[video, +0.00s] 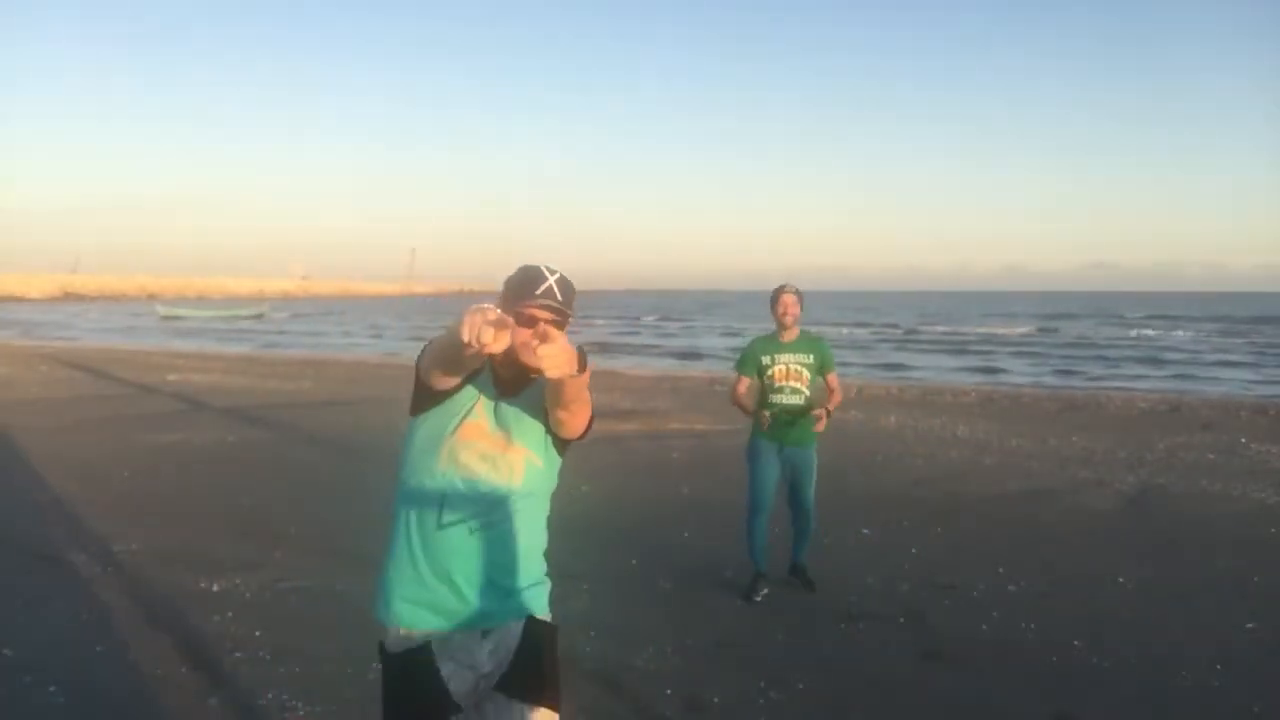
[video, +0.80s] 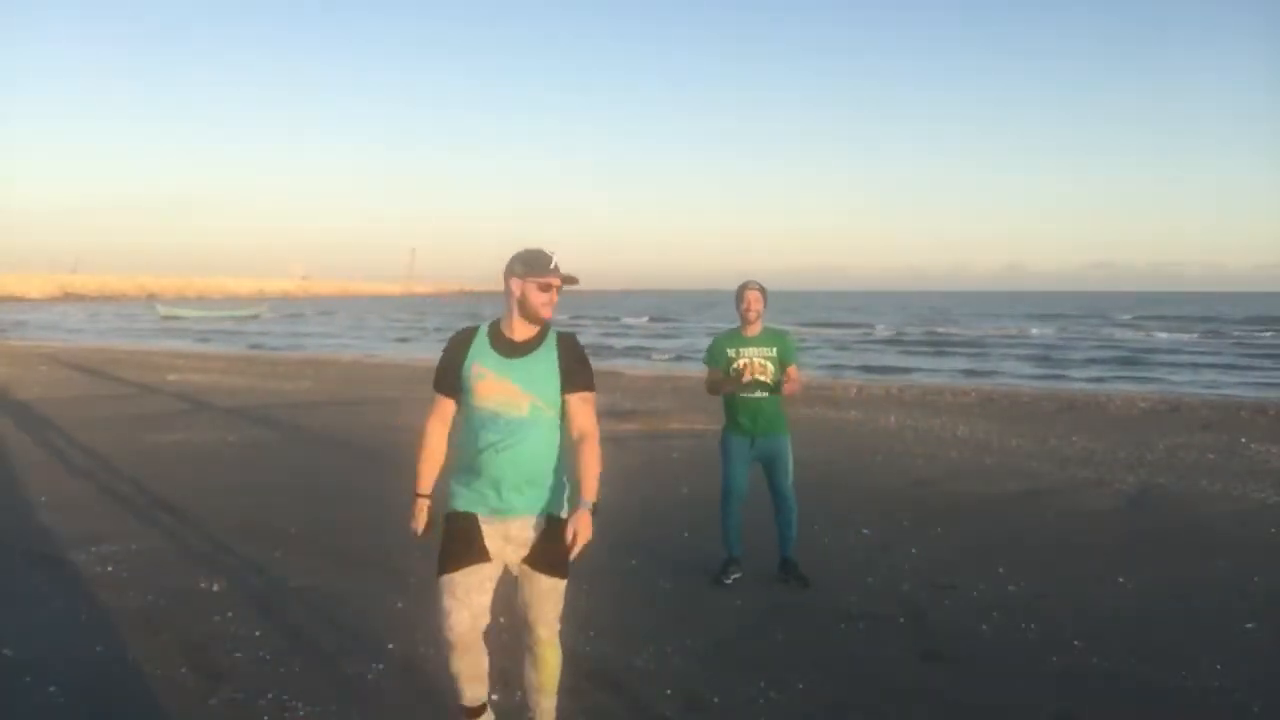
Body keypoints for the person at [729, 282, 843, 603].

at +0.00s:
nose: (786, 310)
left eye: (792, 305)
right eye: (781, 305)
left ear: (800, 310)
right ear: (773, 310)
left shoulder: (817, 348)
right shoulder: (758, 348)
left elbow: (835, 390)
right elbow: (739, 392)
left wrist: (826, 409)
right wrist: (755, 413)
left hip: (803, 437)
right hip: (767, 437)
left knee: (805, 506)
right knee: (761, 505)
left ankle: (798, 565)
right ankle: (759, 572)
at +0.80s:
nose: (749, 306)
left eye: (755, 301)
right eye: (744, 301)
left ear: (764, 306)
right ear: (737, 306)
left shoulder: (781, 340)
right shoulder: (722, 343)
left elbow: (795, 381)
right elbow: (712, 386)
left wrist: (786, 385)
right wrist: (735, 381)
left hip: (774, 430)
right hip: (737, 431)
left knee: (785, 494)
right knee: (733, 494)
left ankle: (788, 560)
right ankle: (732, 559)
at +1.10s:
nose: (751, 315)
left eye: (756, 309)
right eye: (746, 309)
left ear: (763, 311)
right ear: (736, 310)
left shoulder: (774, 342)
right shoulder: (718, 344)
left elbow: (781, 389)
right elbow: (709, 391)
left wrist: (767, 430)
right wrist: (724, 423)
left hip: (763, 431)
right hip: (729, 431)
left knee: (768, 498)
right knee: (727, 495)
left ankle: (769, 559)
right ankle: (731, 559)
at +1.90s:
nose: (768, 312)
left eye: (774, 307)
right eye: (764, 307)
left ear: (785, 311)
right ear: (759, 312)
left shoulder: (804, 347)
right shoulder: (748, 347)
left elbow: (825, 391)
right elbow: (730, 393)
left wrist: (808, 400)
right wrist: (742, 396)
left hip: (795, 436)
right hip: (759, 434)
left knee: (801, 505)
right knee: (743, 498)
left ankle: (799, 568)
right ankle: (734, 561)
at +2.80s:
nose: (751, 316)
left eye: (756, 310)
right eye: (746, 311)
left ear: (768, 315)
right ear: (740, 316)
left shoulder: (784, 350)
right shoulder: (728, 352)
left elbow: (803, 393)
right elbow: (723, 399)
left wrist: (820, 428)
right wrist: (722, 438)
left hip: (779, 440)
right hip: (742, 440)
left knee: (793, 503)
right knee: (726, 501)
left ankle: (799, 568)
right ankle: (714, 566)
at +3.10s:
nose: (724, 308)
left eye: (730, 302)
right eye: (720, 302)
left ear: (740, 307)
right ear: (713, 307)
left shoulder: (755, 343)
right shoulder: (698, 344)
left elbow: (776, 385)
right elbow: (679, 382)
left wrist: (777, 429)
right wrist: (674, 421)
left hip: (749, 436)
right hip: (711, 437)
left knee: (766, 499)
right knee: (707, 501)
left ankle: (777, 563)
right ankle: (710, 566)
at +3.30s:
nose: (720, 307)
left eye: (726, 302)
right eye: (715, 302)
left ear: (736, 305)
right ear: (709, 306)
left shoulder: (752, 338)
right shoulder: (694, 338)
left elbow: (762, 381)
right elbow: (679, 375)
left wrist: (747, 405)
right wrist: (679, 394)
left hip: (740, 428)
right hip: (705, 428)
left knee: (744, 499)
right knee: (705, 496)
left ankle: (741, 564)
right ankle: (710, 564)